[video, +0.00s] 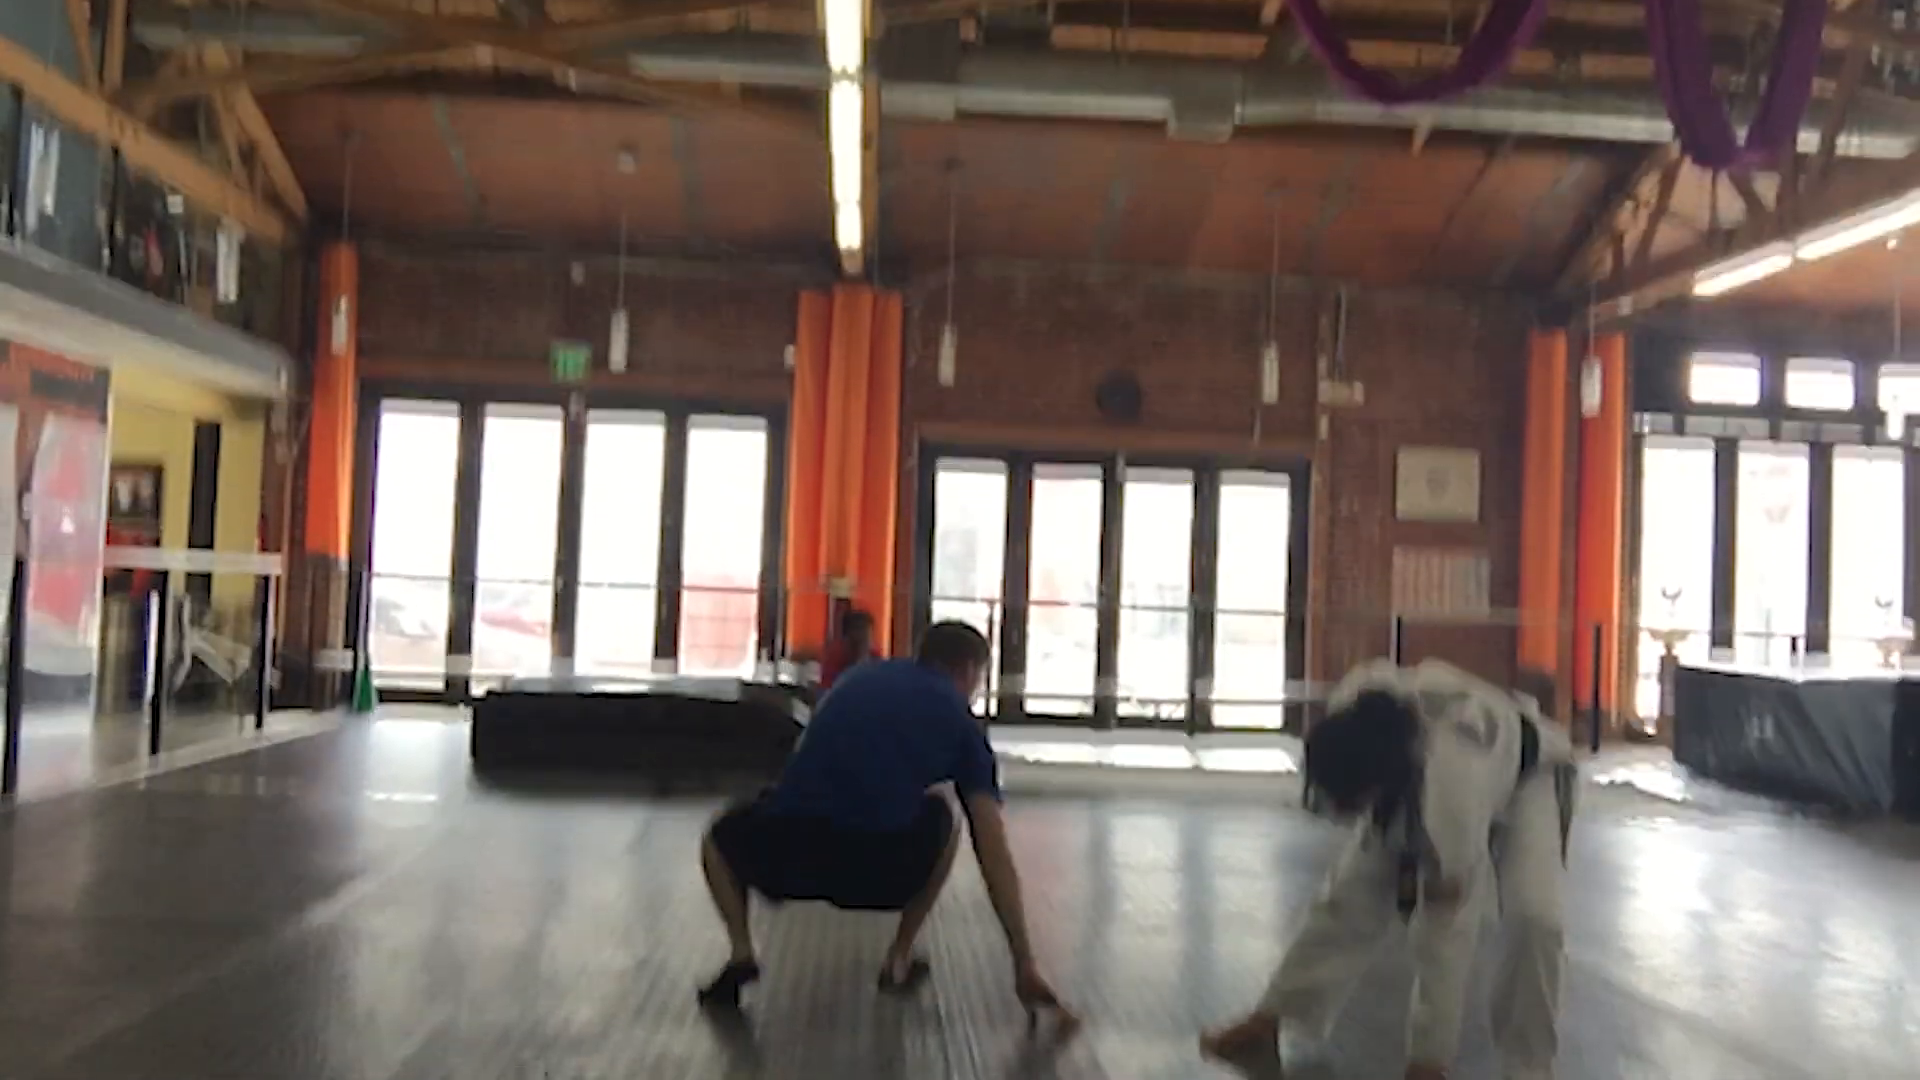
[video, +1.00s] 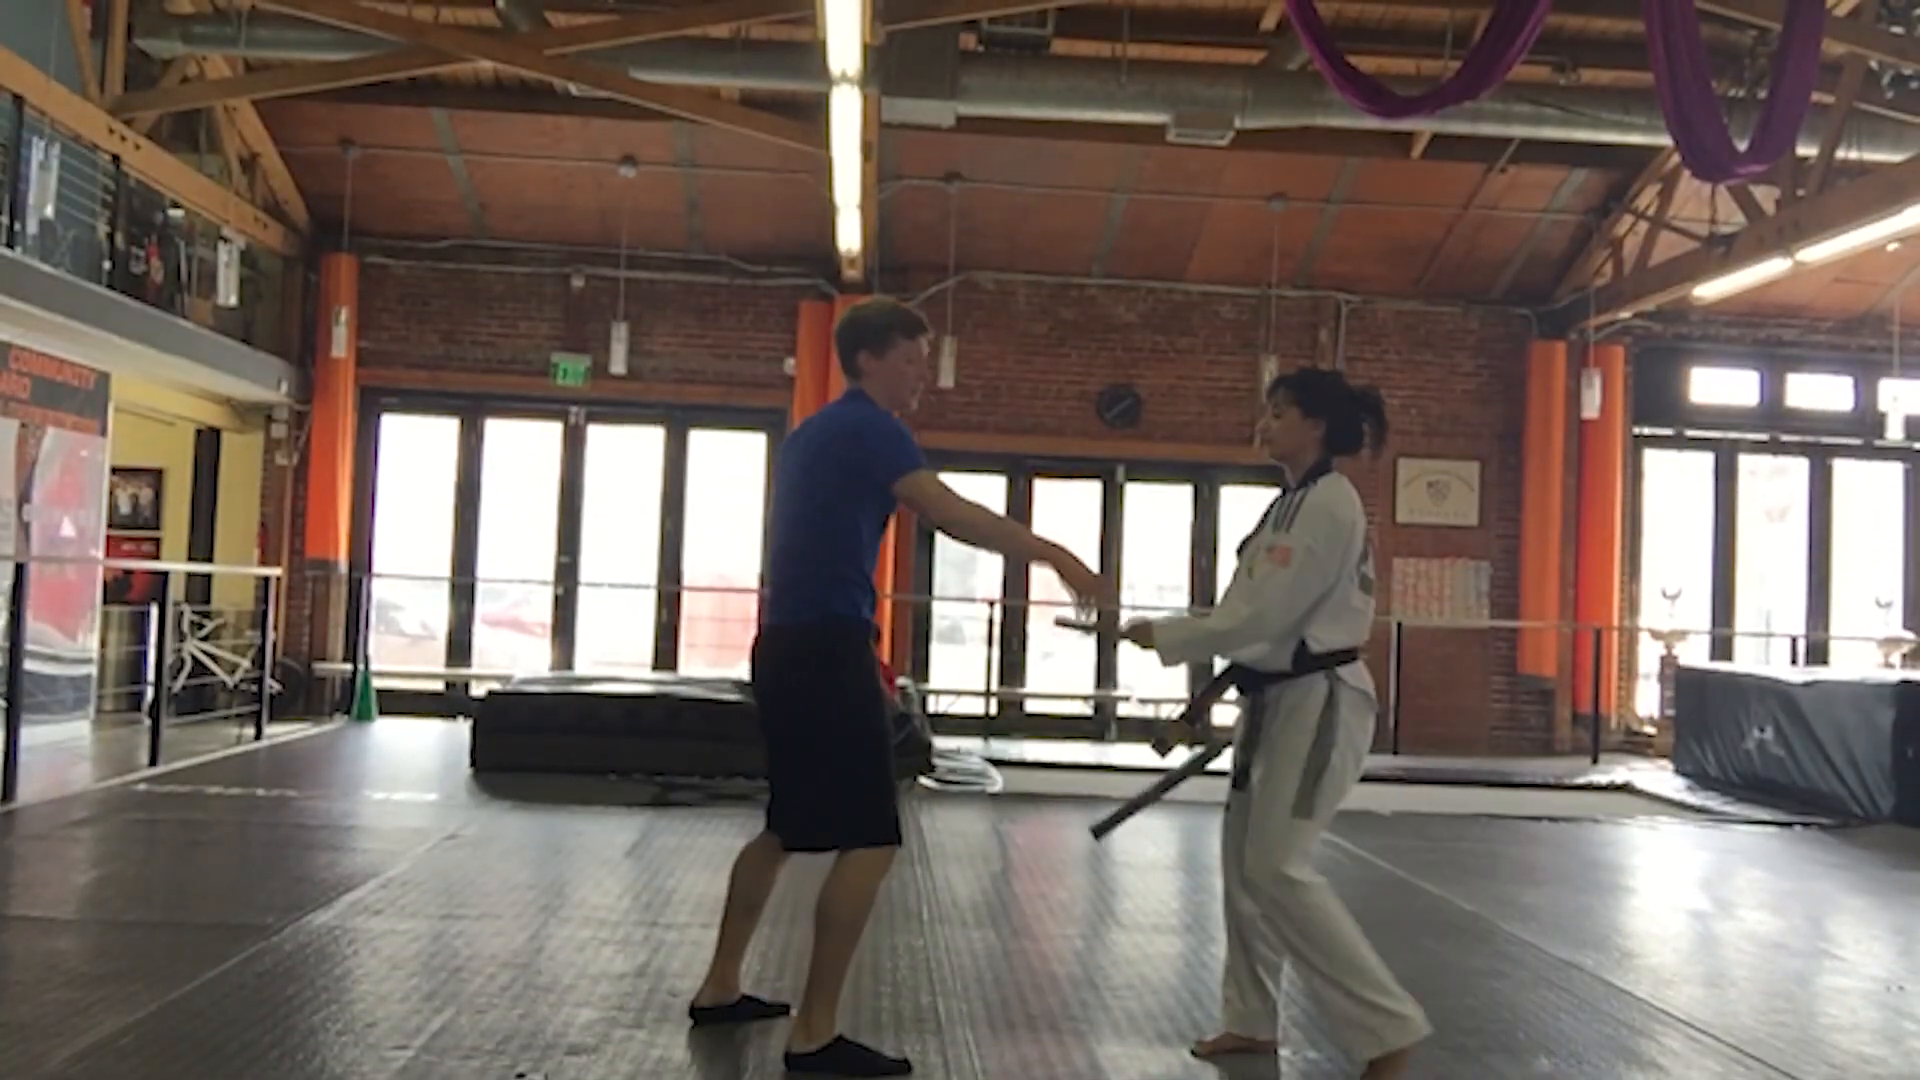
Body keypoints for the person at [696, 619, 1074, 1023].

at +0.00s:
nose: (978, 688)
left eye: (980, 677)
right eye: (979, 676)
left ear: (921, 658)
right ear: (967, 671)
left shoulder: (857, 678)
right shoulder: (958, 723)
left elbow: (802, 768)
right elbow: (993, 851)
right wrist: (1025, 966)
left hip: (789, 860)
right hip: (878, 873)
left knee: (718, 839)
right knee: (943, 814)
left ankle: (740, 955)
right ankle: (899, 959)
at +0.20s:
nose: (996, 614)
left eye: (1001, 603)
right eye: (996, 599)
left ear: (947, 580)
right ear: (967, 585)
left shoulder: (870, 601)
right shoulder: (956, 635)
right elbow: (988, 769)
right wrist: (1012, 863)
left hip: (779, 738)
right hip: (859, 751)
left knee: (766, 836)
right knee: (929, 818)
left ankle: (734, 927)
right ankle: (899, 962)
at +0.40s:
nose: (974, 503)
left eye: (977, 490)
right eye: (970, 487)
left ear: (922, 477)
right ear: (935, 476)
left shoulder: (858, 511)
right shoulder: (922, 531)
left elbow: (829, 635)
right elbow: (907, 653)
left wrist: (886, 709)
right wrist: (920, 750)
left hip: (757, 683)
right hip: (823, 686)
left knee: (802, 834)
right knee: (897, 803)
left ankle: (720, 974)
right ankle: (898, 961)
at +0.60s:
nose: (949, 424)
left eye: (950, 410)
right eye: (940, 410)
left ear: (894, 412)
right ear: (896, 406)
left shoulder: (842, 458)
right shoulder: (881, 463)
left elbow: (812, 569)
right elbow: (844, 555)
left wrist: (870, 646)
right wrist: (905, 640)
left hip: (757, 656)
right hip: (812, 656)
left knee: (779, 824)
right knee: (889, 805)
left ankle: (716, 988)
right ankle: (861, 978)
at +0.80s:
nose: (920, 394)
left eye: (922, 380)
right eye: (909, 379)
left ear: (862, 382)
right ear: (865, 375)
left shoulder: (814, 443)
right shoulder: (852, 438)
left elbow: (793, 566)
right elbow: (890, 526)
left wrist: (856, 647)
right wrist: (1006, 567)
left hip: (770, 650)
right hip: (808, 650)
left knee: (785, 821)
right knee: (886, 815)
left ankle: (715, 991)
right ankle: (815, 1010)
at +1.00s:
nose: (926, 376)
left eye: (927, 361)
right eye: (916, 360)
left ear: (861, 365)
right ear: (869, 358)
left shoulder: (813, 431)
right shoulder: (869, 427)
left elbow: (819, 567)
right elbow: (951, 515)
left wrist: (868, 667)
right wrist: (1058, 555)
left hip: (784, 653)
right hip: (831, 657)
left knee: (787, 828)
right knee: (872, 843)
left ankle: (718, 988)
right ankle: (814, 1036)